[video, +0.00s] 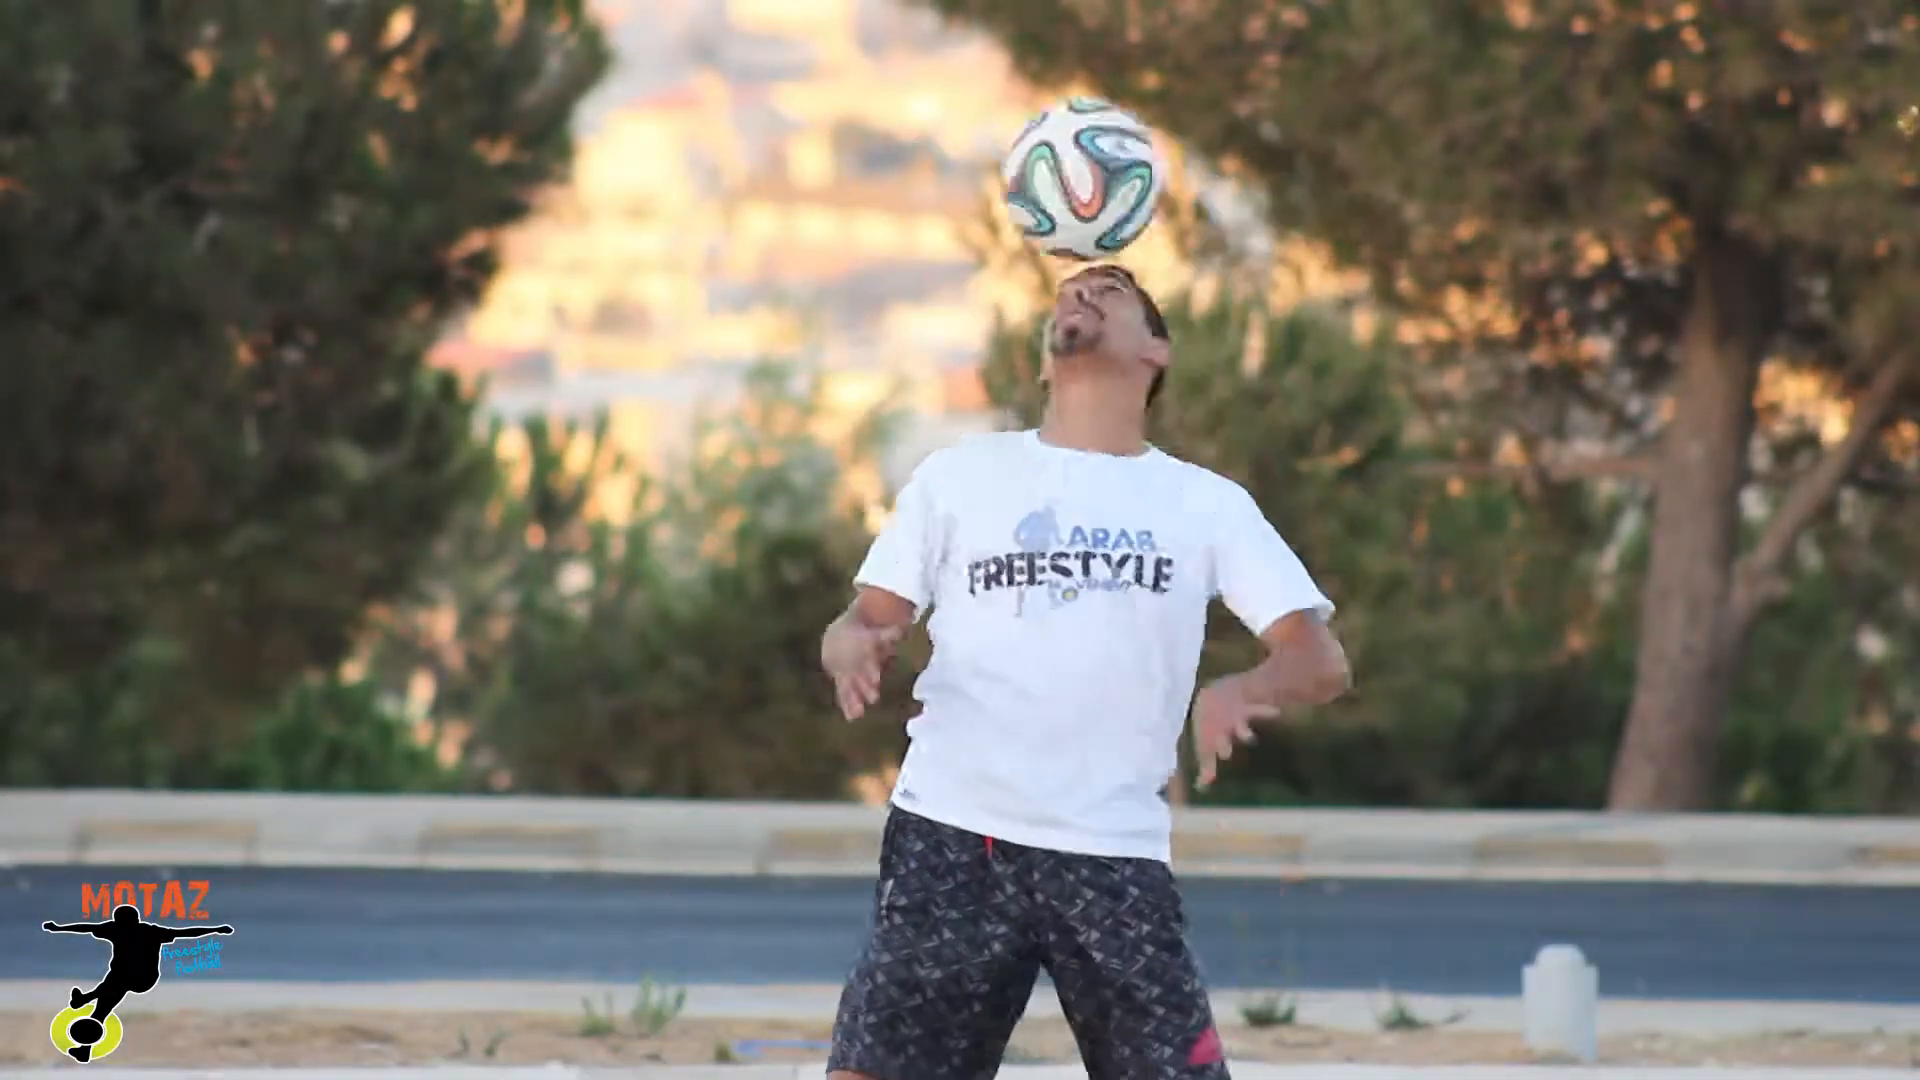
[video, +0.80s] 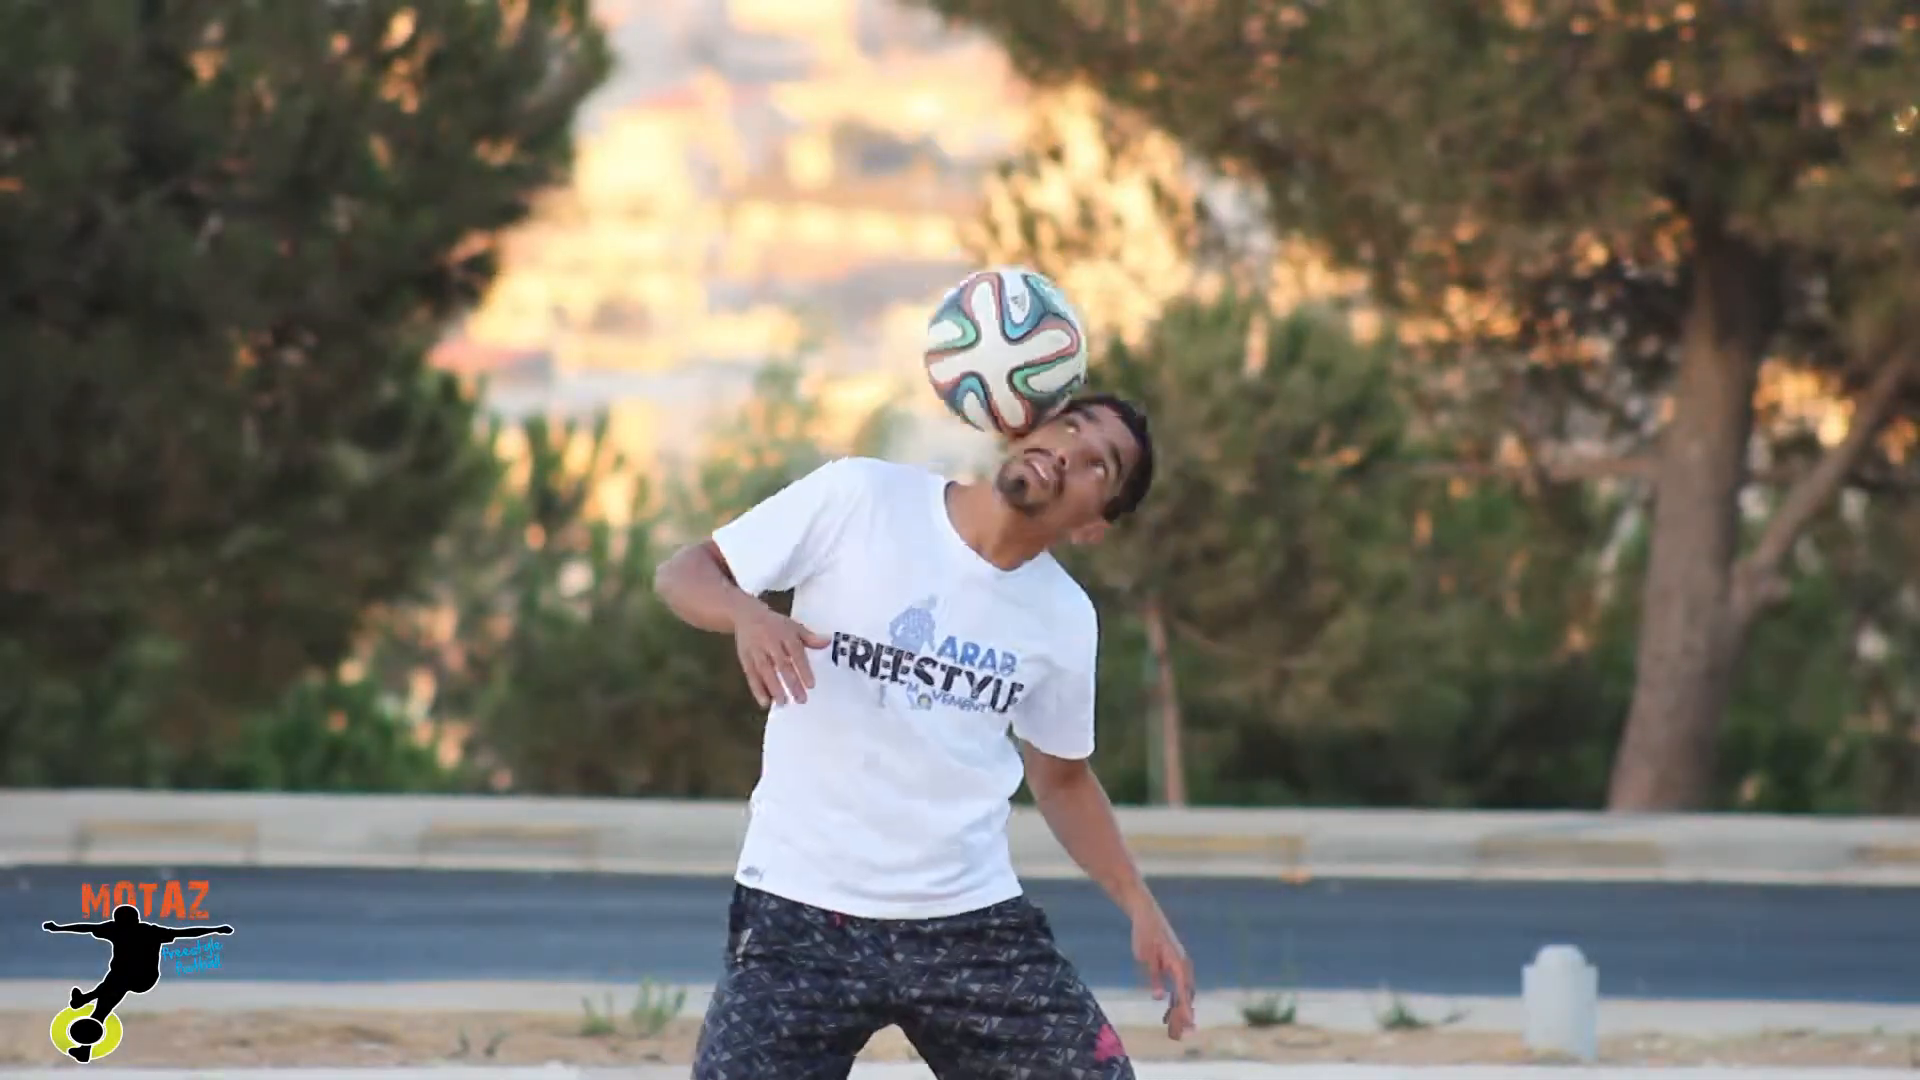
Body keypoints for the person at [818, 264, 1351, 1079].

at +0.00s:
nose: (1080, 296)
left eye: (1110, 292)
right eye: (1066, 293)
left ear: (1157, 353)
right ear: (1048, 346)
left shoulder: (1211, 504)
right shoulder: (955, 476)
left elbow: (1322, 661)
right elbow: (864, 622)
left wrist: (1239, 690)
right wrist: (848, 648)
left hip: (1111, 864)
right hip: (945, 848)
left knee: (1177, 1070)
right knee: (871, 1066)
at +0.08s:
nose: (993, 295)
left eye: (1020, 287)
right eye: (976, 302)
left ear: (1077, 339)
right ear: (972, 375)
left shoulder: (1161, 464)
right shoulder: (915, 489)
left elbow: (1299, 572)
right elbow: (851, 668)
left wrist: (1207, 614)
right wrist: (813, 670)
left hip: (1096, 856)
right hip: (930, 848)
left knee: (1163, 1071)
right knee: (849, 1066)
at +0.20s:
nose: (828, 368)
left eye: (846, 348)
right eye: (812, 383)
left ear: (915, 363)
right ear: (837, 446)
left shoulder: (1053, 451)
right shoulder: (846, 559)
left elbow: (1205, 490)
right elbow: (819, 755)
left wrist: (1174, 586)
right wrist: (751, 744)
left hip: (1039, 877)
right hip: (879, 881)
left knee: (1118, 1071)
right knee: (806, 1071)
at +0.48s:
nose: (860, 309)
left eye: (879, 299)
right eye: (832, 312)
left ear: (927, 343)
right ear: (819, 381)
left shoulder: (1035, 466)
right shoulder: (798, 511)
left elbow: (1197, 591)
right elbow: (769, 687)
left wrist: (1219, 685)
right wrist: (724, 713)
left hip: (989, 867)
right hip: (823, 868)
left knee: (1051, 1066)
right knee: (770, 1068)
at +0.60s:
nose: (970, 304)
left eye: (998, 301)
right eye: (948, 301)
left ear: (1032, 367)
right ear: (915, 365)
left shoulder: (1093, 516)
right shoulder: (838, 482)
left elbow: (1163, 681)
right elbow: (742, 617)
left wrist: (1223, 781)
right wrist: (726, 651)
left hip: (1001, 886)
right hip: (829, 876)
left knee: (1075, 1071)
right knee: (764, 1069)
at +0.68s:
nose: (1017, 329)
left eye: (1049, 329)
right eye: (998, 322)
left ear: (1071, 398)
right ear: (959, 377)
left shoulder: (1100, 551)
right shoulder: (856, 481)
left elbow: (1145, 723)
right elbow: (722, 609)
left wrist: (1204, 840)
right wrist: (728, 621)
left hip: (1000, 911)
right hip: (824, 896)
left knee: (1103, 1071)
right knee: (758, 1069)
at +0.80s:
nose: (1069, 450)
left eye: (1100, 464)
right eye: (1072, 425)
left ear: (1092, 526)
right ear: (1026, 429)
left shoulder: (1064, 620)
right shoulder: (853, 496)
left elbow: (1064, 776)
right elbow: (683, 571)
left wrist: (1140, 903)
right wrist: (745, 612)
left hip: (975, 936)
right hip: (797, 925)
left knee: (1094, 1074)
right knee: (737, 1073)